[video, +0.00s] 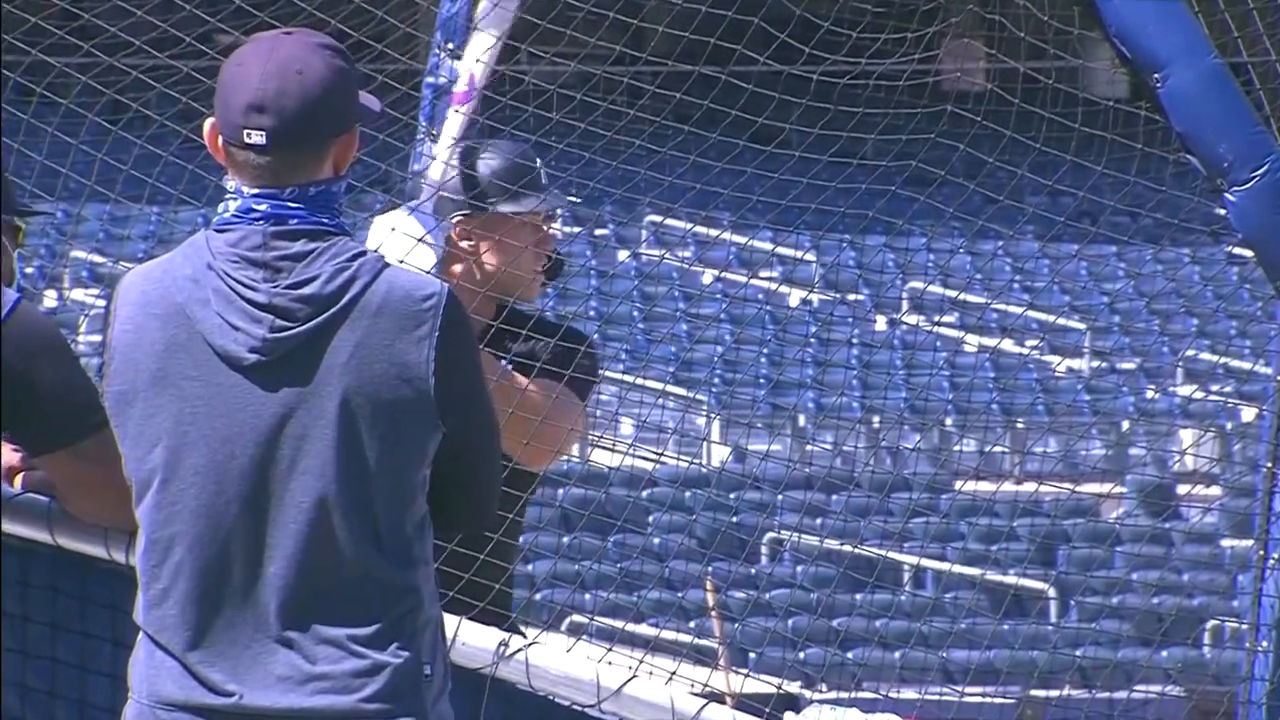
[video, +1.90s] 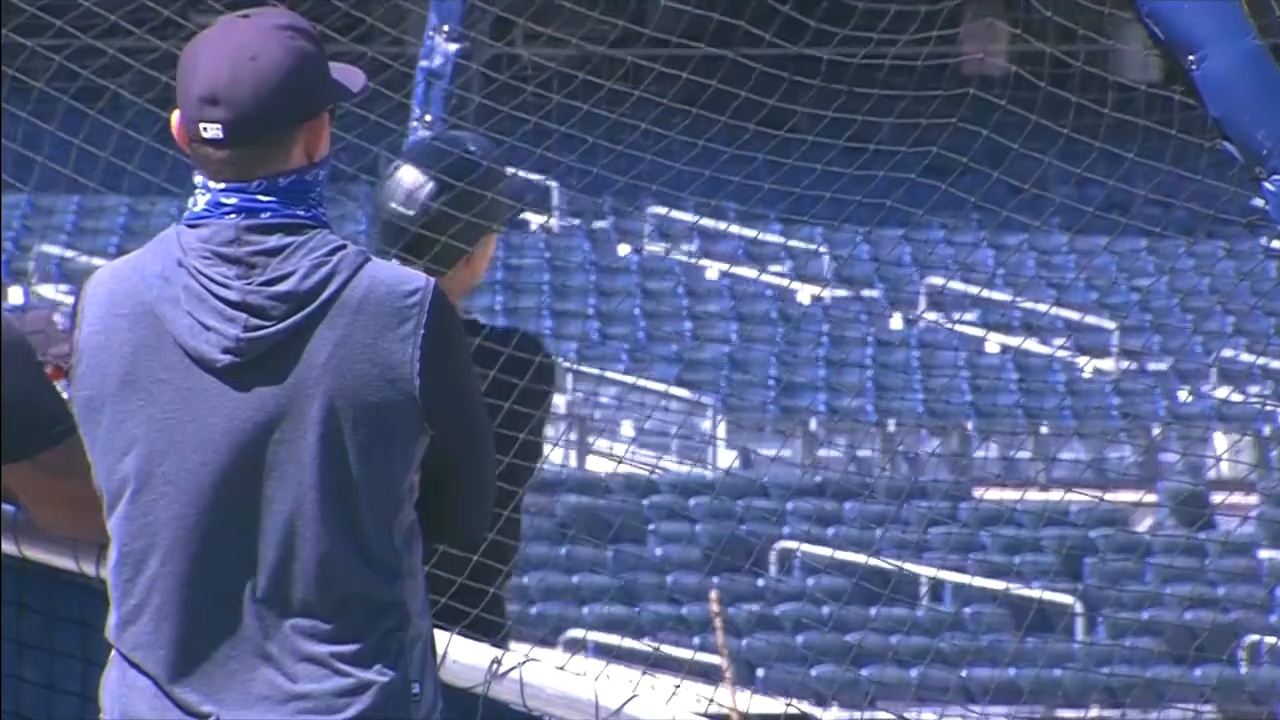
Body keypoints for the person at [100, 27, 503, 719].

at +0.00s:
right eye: (358, 136)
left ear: (213, 145)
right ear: (347, 153)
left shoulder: (139, 300)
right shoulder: (422, 313)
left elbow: (146, 478)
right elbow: (468, 510)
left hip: (172, 693)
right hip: (368, 694)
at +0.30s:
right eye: (346, 123)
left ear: (197, 137)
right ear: (337, 144)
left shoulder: (119, 298)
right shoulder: (414, 309)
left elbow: (124, 476)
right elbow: (461, 509)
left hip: (156, 698)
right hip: (357, 700)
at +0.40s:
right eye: (343, 123)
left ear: (192, 135)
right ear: (332, 143)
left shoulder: (114, 298)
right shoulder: (412, 310)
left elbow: (123, 476)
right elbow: (460, 508)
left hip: (151, 697)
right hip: (354, 698)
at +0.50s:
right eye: (342, 122)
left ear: (191, 135)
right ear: (332, 142)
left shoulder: (112, 297)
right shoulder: (412, 309)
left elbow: (122, 478)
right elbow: (459, 508)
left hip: (150, 698)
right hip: (355, 699)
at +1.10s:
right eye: (340, 126)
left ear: (188, 134)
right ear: (328, 141)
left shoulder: (109, 294)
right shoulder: (411, 309)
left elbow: (123, 477)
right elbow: (461, 506)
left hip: (150, 699)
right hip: (352, 697)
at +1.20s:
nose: (339, 137)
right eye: (339, 125)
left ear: (188, 134)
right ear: (327, 140)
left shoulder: (108, 297)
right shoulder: (407, 306)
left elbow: (125, 479)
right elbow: (457, 509)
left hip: (148, 699)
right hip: (351, 698)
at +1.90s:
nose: (333, 130)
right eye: (332, 118)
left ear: (180, 136)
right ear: (318, 138)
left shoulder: (106, 300)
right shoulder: (404, 308)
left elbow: (124, 482)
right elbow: (461, 510)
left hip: (147, 699)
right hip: (349, 698)